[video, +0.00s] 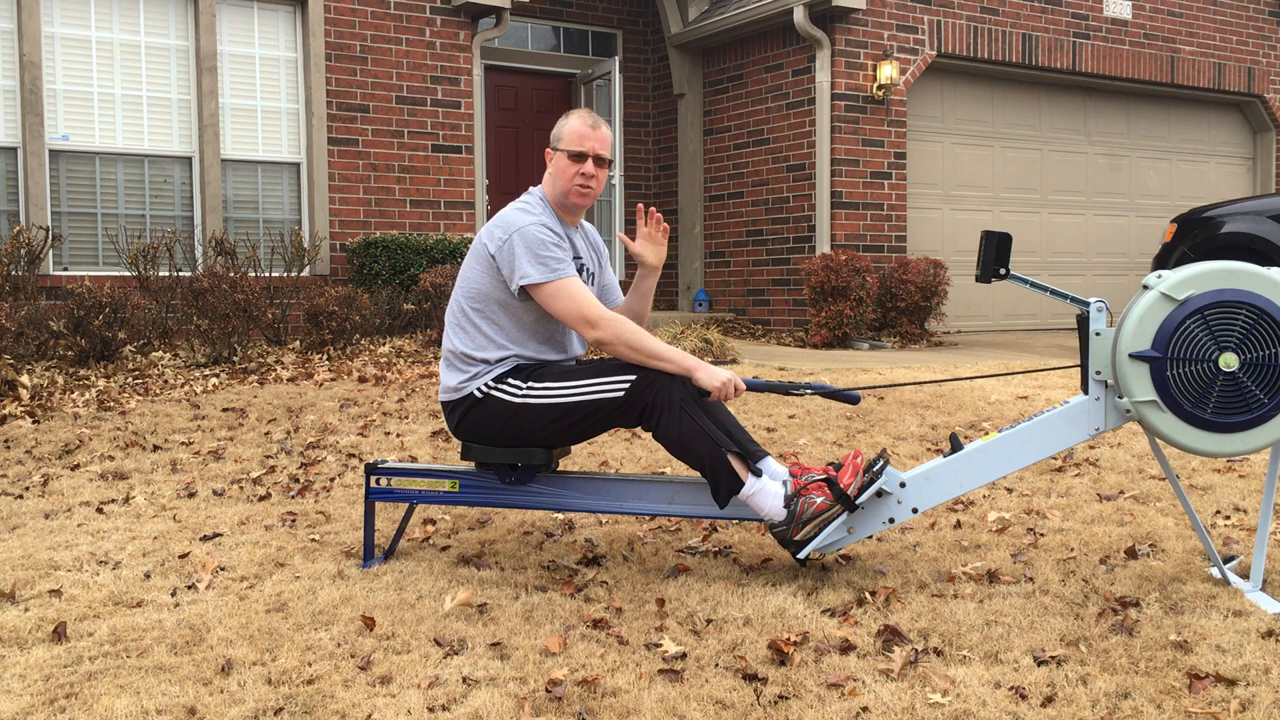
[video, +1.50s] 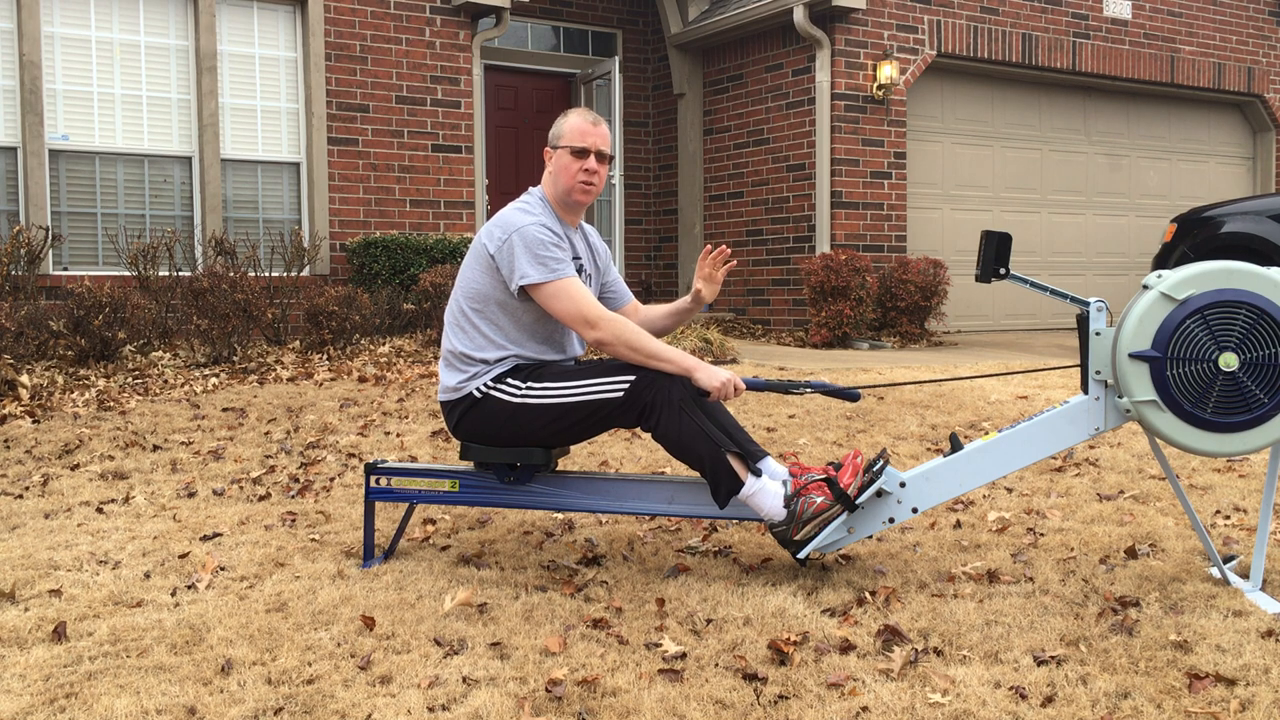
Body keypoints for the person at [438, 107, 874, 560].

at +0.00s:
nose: (589, 172)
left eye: (600, 163)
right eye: (577, 158)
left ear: (608, 172)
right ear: (548, 159)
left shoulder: (589, 238)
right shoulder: (524, 226)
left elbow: (621, 333)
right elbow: (595, 327)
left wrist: (649, 271)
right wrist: (697, 368)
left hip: (541, 377)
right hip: (488, 391)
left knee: (676, 378)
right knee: (652, 387)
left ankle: (788, 485)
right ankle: (777, 509)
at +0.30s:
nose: (591, 173)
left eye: (602, 164)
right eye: (578, 158)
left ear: (609, 173)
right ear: (548, 159)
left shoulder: (587, 237)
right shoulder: (524, 227)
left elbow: (630, 336)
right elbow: (594, 329)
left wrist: (633, 284)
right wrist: (698, 369)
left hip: (539, 376)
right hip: (487, 390)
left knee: (674, 378)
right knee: (651, 387)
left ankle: (787, 485)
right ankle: (776, 510)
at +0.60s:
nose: (592, 172)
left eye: (603, 164)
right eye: (580, 158)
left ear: (610, 174)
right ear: (550, 159)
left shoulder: (586, 237)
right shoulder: (525, 226)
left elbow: (631, 336)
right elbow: (594, 328)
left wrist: (631, 282)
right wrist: (698, 369)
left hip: (539, 376)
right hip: (487, 389)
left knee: (673, 377)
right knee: (651, 387)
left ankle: (787, 484)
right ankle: (776, 510)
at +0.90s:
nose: (595, 169)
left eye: (605, 161)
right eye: (582, 155)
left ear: (611, 171)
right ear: (549, 158)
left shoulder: (587, 238)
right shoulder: (523, 226)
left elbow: (631, 322)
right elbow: (593, 327)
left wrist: (667, 308)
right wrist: (698, 369)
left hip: (541, 377)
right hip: (488, 391)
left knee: (674, 377)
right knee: (651, 386)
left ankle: (785, 484)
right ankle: (775, 509)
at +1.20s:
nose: (592, 168)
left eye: (602, 160)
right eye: (579, 155)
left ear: (610, 170)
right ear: (547, 158)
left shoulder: (587, 240)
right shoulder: (523, 226)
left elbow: (637, 321)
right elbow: (593, 326)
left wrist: (695, 297)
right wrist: (698, 370)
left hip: (541, 377)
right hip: (487, 390)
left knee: (676, 377)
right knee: (650, 387)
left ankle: (787, 484)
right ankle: (776, 510)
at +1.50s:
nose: (592, 168)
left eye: (603, 159)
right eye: (579, 154)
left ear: (609, 171)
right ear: (548, 158)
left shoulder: (586, 239)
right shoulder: (524, 226)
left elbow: (635, 320)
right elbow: (592, 326)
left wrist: (694, 300)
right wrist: (698, 370)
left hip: (540, 377)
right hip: (487, 391)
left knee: (675, 377)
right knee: (650, 387)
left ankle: (788, 485)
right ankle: (777, 510)